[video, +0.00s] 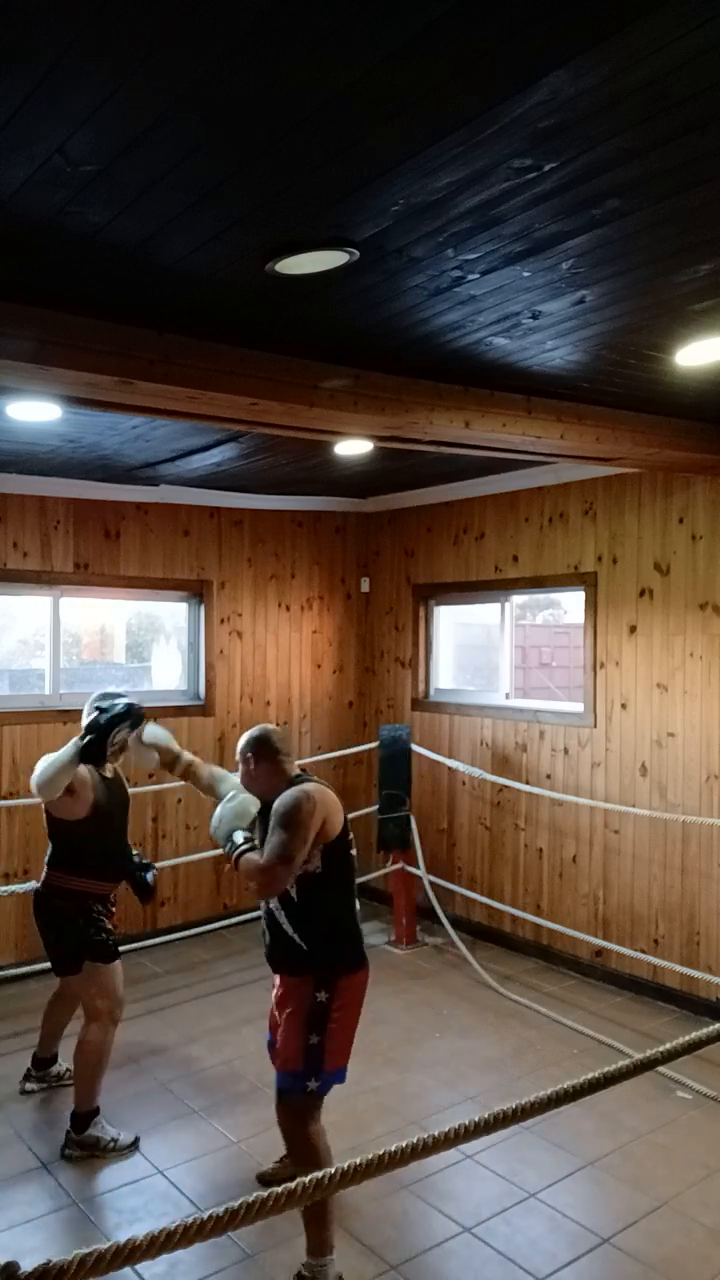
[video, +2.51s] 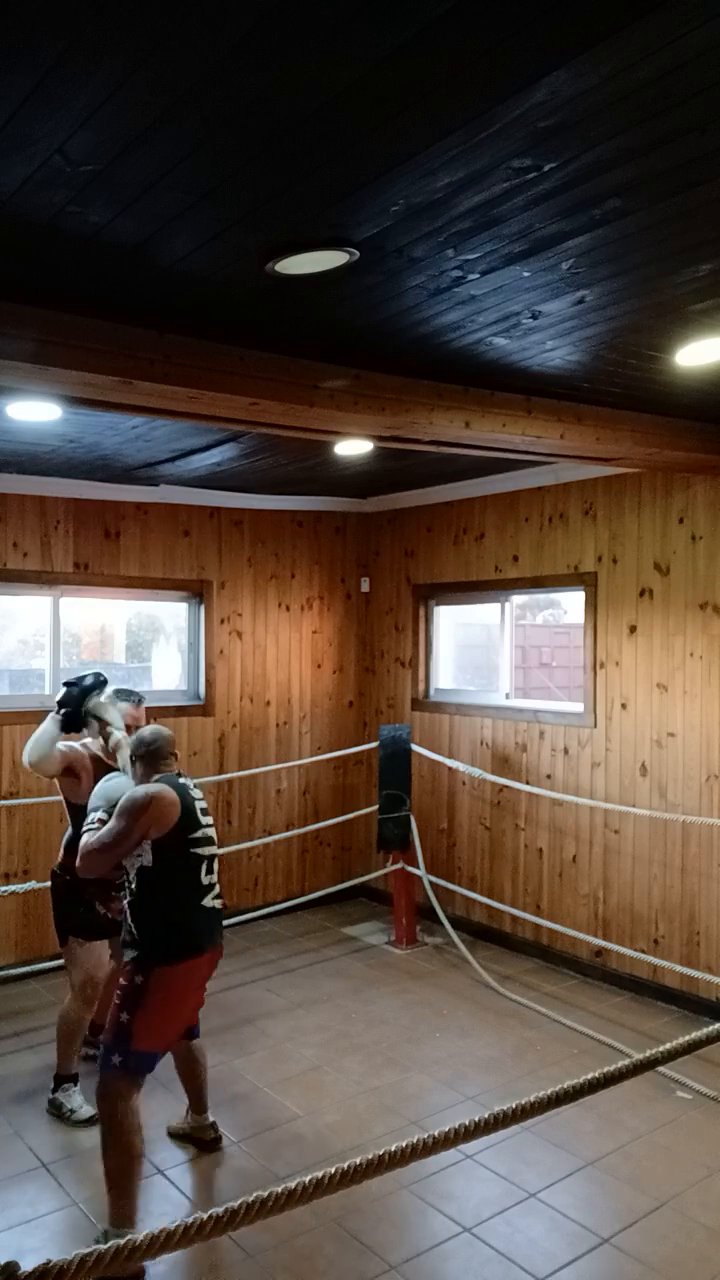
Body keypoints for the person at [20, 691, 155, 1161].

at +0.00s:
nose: (128, 743)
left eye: (131, 734)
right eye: (124, 733)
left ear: (122, 736)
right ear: (102, 731)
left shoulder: (112, 778)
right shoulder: (72, 774)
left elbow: (110, 837)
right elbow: (42, 787)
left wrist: (135, 868)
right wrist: (85, 740)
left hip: (90, 900)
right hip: (69, 902)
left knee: (72, 986)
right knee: (104, 1012)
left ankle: (43, 1065)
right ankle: (84, 1127)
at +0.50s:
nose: (126, 737)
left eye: (133, 730)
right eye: (119, 728)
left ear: (138, 731)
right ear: (99, 723)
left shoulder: (122, 771)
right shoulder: (71, 758)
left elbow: (125, 819)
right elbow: (57, 794)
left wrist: (144, 862)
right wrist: (108, 755)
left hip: (98, 887)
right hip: (60, 889)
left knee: (79, 982)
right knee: (87, 992)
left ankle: (44, 1063)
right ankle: (62, 1100)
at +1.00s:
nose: (146, 739)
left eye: (152, 731)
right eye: (139, 727)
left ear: (156, 737)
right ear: (120, 725)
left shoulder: (144, 775)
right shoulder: (91, 761)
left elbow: (146, 825)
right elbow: (73, 788)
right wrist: (118, 748)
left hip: (121, 882)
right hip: (77, 884)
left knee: (117, 965)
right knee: (102, 988)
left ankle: (100, 1037)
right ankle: (69, 1094)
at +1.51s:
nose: (128, 733)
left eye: (134, 726)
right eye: (122, 725)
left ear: (139, 728)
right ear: (104, 724)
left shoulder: (140, 762)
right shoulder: (82, 764)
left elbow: (161, 801)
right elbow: (43, 773)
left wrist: (135, 758)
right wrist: (83, 733)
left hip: (129, 873)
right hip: (82, 877)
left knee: (122, 960)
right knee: (91, 990)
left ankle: (99, 1035)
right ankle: (70, 1095)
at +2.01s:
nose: (133, 733)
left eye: (138, 725)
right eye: (126, 724)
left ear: (143, 731)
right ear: (109, 727)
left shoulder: (146, 769)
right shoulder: (86, 763)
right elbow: (51, 773)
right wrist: (95, 733)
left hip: (127, 882)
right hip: (82, 882)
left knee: (115, 981)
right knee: (94, 991)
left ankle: (96, 1049)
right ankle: (72, 1093)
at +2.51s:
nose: (136, 728)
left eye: (138, 723)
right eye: (130, 719)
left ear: (134, 724)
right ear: (104, 715)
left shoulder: (133, 752)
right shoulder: (78, 750)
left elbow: (152, 780)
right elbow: (35, 760)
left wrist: (116, 730)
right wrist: (61, 711)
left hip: (124, 872)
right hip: (80, 876)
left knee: (117, 965)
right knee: (87, 984)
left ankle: (94, 1037)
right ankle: (64, 1085)